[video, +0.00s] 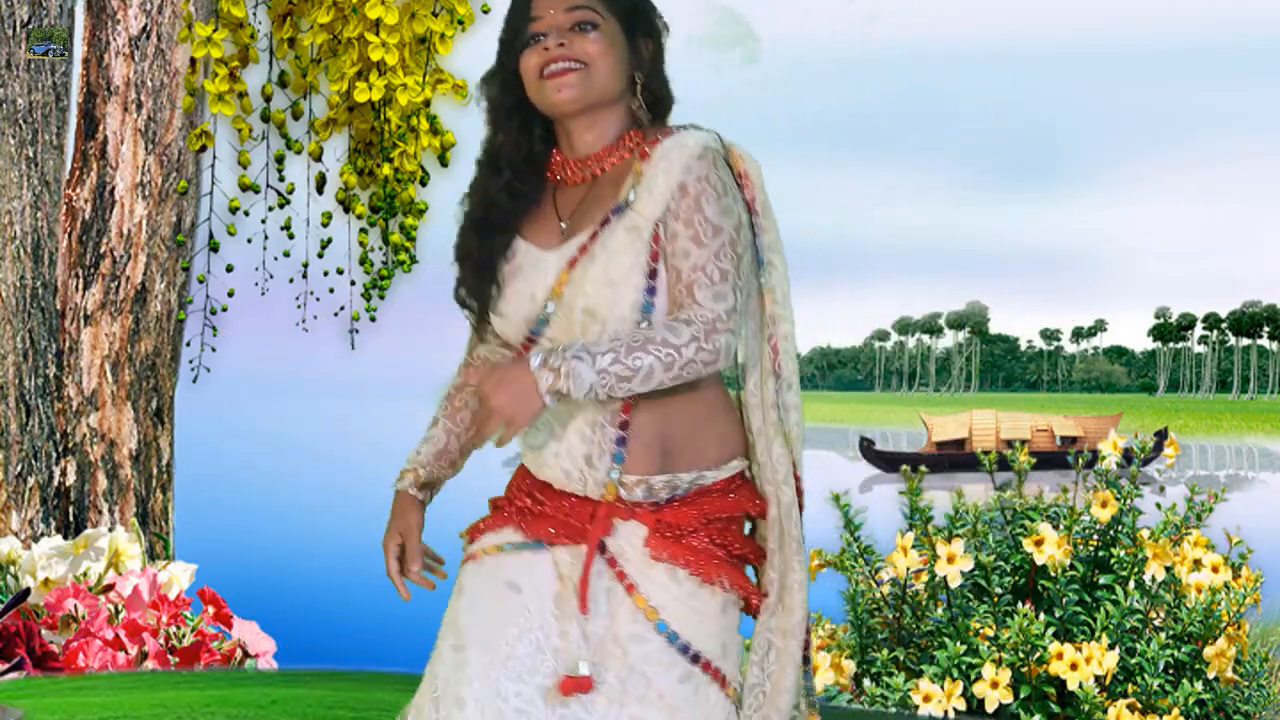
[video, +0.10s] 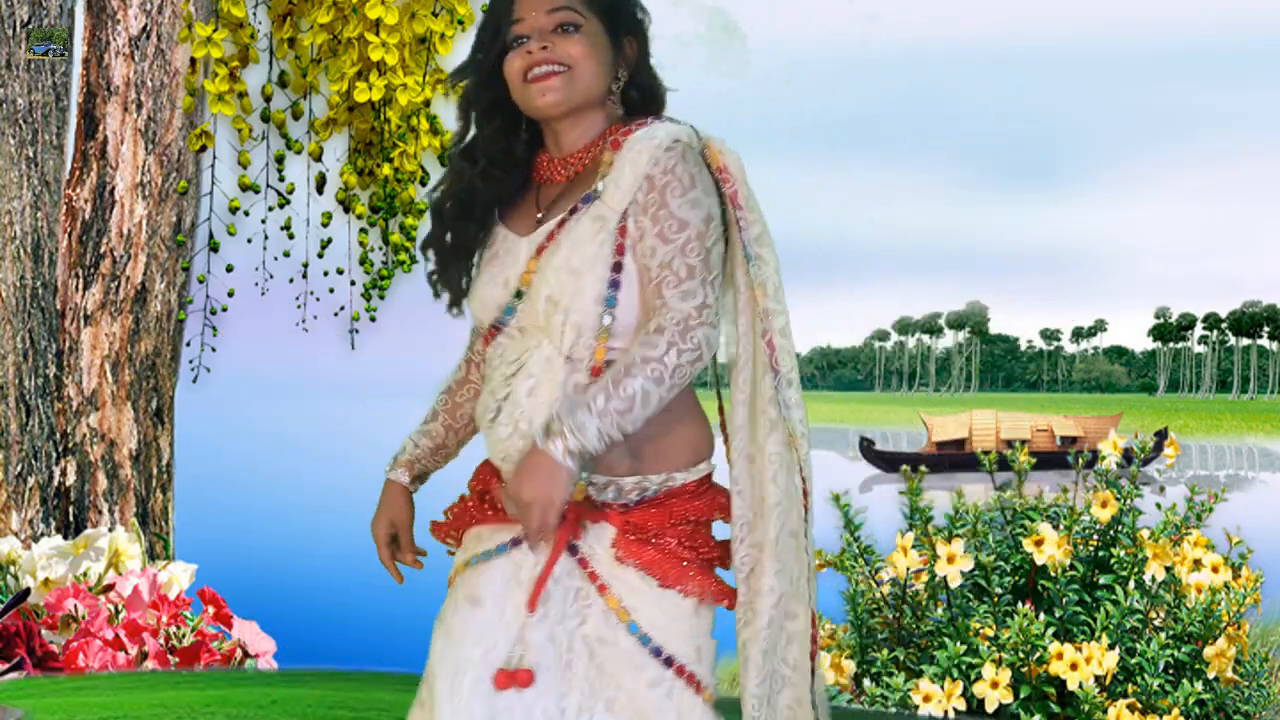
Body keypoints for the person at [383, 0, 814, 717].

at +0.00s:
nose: (555, 45)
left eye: (583, 25)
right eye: (534, 36)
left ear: (638, 53)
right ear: (520, 74)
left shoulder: (689, 164)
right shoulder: (518, 199)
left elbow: (704, 336)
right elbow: (488, 360)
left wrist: (548, 376)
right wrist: (415, 483)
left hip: (681, 522)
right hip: (538, 515)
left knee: (656, 706)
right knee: (479, 703)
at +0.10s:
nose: (538, 49)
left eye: (566, 27)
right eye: (517, 39)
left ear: (624, 51)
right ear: (503, 74)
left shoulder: (662, 154)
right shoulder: (512, 193)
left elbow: (687, 329)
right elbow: (488, 356)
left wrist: (564, 444)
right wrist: (404, 473)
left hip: (644, 517)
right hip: (510, 514)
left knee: (626, 706)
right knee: (467, 701)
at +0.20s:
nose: (506, 92)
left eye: (536, 75)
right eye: (489, 80)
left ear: (592, 108)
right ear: (471, 116)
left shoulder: (629, 223)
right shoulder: (489, 250)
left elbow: (670, 411)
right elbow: (478, 428)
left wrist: (663, 574)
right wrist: (365, 503)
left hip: (570, 587)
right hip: (461, 582)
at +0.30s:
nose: (481, 117)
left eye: (516, 106)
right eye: (469, 104)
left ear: (568, 151)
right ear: (448, 144)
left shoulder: (602, 251)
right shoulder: (471, 284)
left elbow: (692, 414)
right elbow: (456, 459)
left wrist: (763, 565)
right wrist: (314, 517)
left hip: (567, 595)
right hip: (452, 587)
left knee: (470, 703)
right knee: (413, 705)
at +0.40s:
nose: (471, 69)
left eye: (505, 59)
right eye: (458, 54)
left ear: (551, 99)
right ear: (436, 93)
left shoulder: (605, 200)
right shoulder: (433, 241)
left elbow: (733, 342)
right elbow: (391, 414)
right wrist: (245, 494)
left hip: (572, 547)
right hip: (454, 550)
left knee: (469, 702)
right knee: (433, 702)